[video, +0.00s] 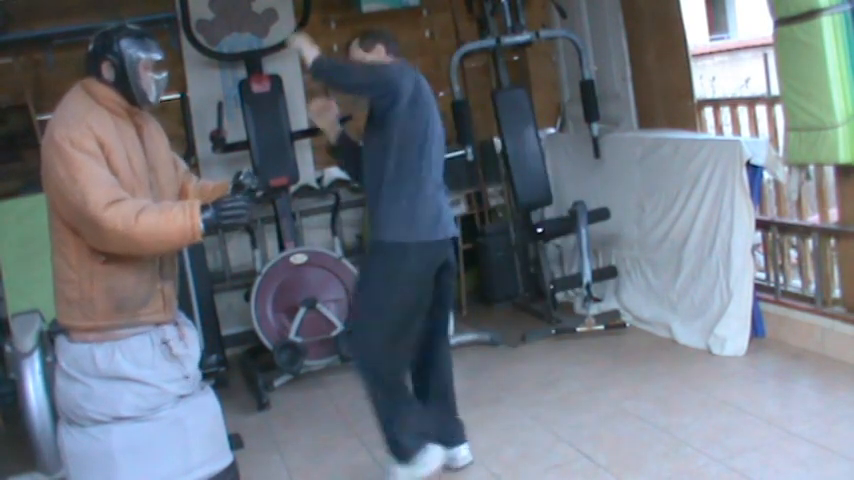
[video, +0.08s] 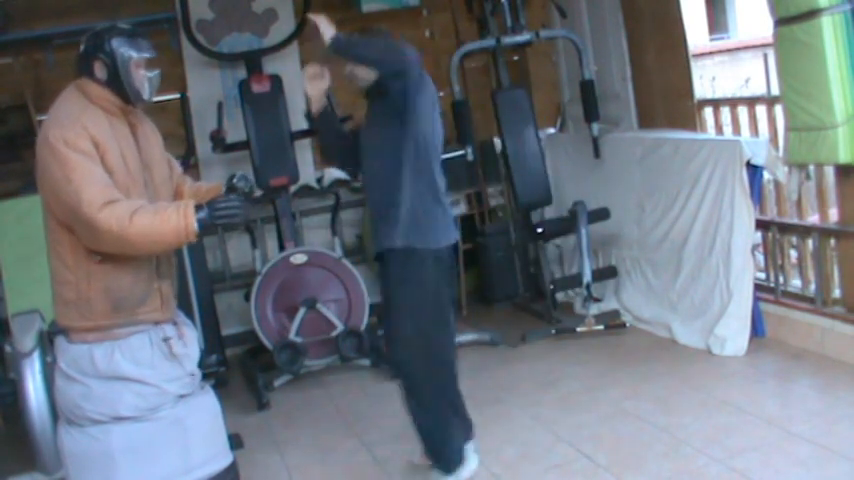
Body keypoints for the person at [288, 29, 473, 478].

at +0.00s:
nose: (356, 70)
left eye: (358, 61)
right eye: (354, 64)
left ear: (381, 52)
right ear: (385, 53)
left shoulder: (399, 79)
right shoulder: (409, 99)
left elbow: (347, 75)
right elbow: (373, 174)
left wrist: (313, 57)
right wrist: (336, 132)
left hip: (404, 240)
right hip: (435, 237)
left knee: (370, 341)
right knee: (429, 344)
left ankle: (413, 449)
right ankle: (452, 441)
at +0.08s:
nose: (348, 69)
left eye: (355, 59)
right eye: (346, 63)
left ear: (376, 54)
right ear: (354, 68)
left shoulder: (409, 84)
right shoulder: (378, 110)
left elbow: (398, 56)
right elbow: (346, 157)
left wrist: (336, 39)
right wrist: (319, 105)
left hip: (421, 238)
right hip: (398, 241)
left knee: (422, 346)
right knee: (411, 345)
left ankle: (453, 456)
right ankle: (451, 442)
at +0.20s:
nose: (363, 70)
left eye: (366, 57)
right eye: (360, 60)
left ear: (386, 55)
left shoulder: (425, 91)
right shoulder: (374, 125)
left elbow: (371, 61)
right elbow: (326, 147)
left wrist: (327, 61)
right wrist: (317, 92)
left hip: (429, 238)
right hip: (384, 237)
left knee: (432, 351)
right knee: (317, 291)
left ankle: (463, 457)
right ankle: (372, 373)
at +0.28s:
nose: (358, 88)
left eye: (361, 78)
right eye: (354, 82)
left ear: (387, 65)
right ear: (374, 75)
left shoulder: (429, 98)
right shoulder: (381, 122)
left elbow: (365, 105)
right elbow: (340, 181)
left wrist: (321, 103)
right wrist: (335, 132)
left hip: (418, 241)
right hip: (369, 229)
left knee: (412, 347)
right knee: (288, 229)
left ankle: (460, 458)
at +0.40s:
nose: (357, 102)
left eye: (360, 91)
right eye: (355, 93)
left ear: (385, 78)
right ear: (384, 81)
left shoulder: (427, 112)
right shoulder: (394, 119)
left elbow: (374, 150)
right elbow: (366, 195)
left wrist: (320, 140)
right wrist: (340, 161)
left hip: (409, 246)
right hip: (368, 232)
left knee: (399, 355)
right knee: (280, 226)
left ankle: (456, 460)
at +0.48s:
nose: (359, 98)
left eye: (363, 88)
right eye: (357, 90)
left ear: (390, 77)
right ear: (387, 80)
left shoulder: (427, 113)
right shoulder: (400, 119)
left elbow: (389, 160)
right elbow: (380, 193)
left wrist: (324, 147)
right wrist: (342, 151)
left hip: (423, 253)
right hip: (386, 239)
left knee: (404, 357)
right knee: (302, 236)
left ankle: (456, 460)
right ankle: (219, 306)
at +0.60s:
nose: (368, 86)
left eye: (372, 75)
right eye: (366, 78)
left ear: (399, 62)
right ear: (391, 67)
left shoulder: (440, 97)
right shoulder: (408, 111)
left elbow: (420, 148)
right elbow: (386, 180)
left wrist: (349, 127)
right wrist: (350, 153)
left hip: (441, 240)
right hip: (400, 231)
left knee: (430, 353)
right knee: (322, 261)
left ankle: (453, 459)